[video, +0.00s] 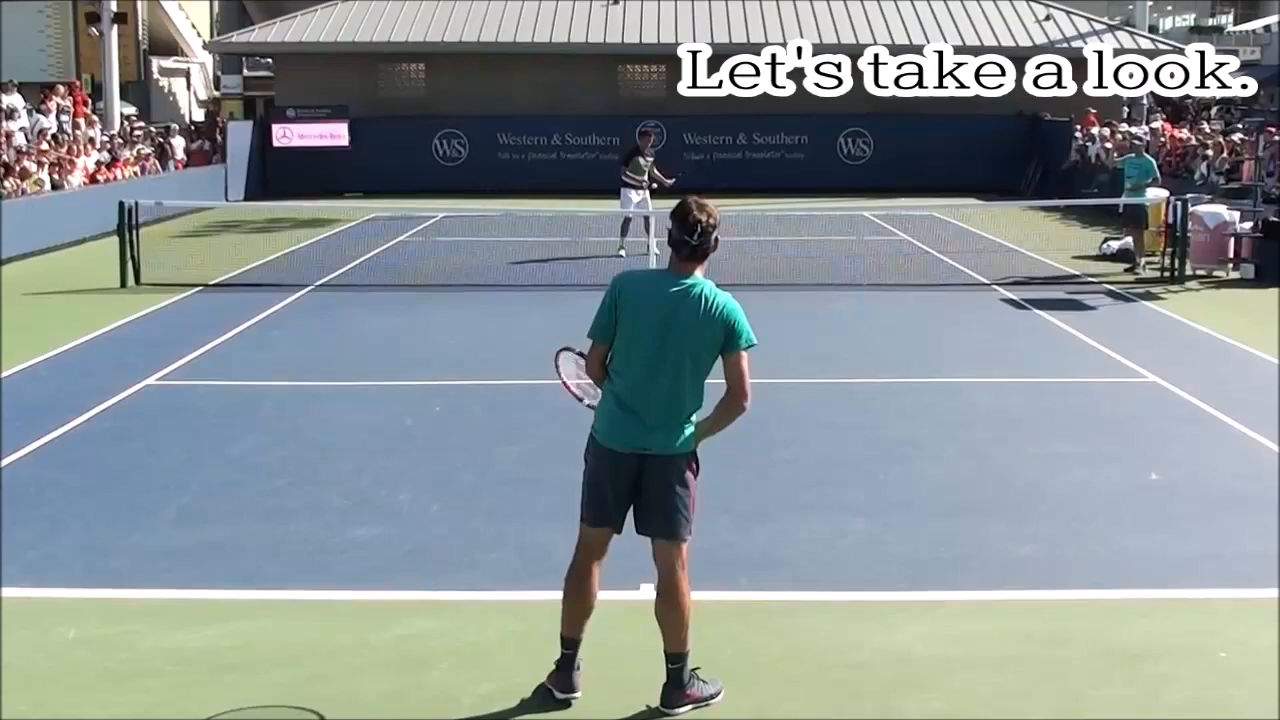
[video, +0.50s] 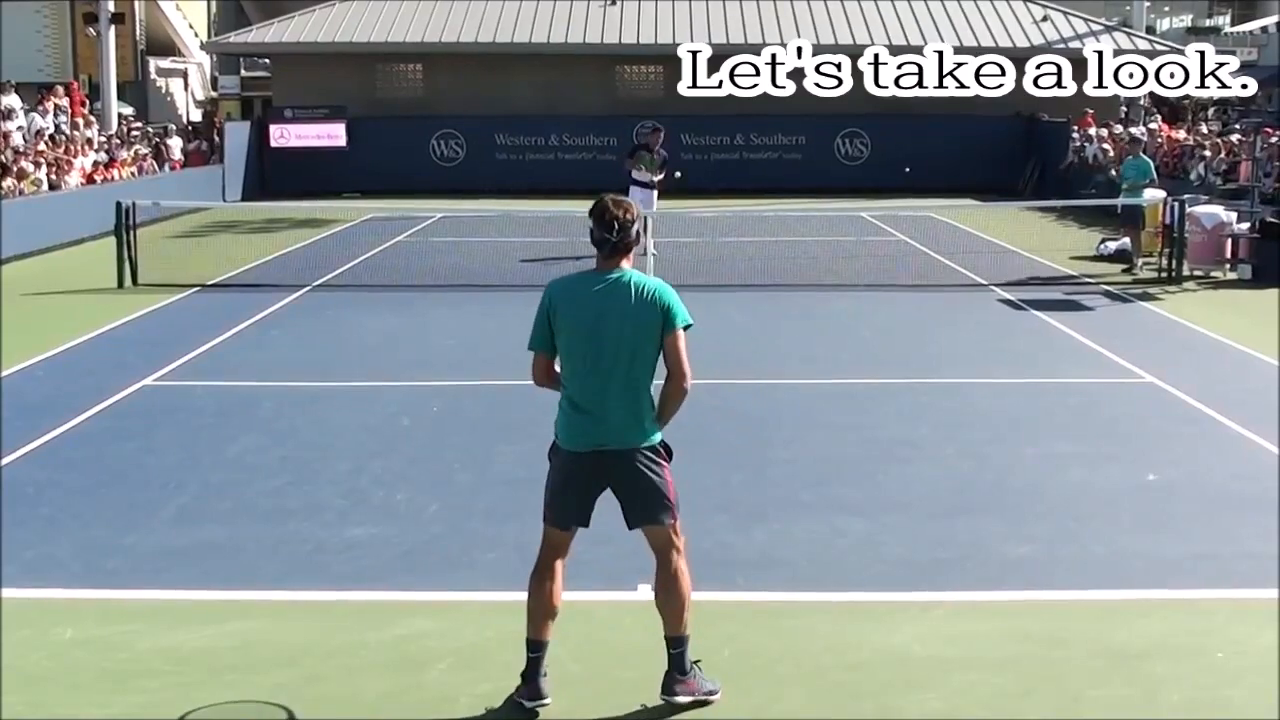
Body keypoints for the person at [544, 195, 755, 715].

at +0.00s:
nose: (697, 247)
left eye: (680, 236)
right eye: (710, 241)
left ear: (669, 239)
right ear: (713, 247)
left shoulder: (626, 285)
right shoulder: (723, 308)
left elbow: (595, 366)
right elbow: (738, 397)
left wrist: (628, 393)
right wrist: (694, 432)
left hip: (610, 445)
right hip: (671, 453)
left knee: (588, 553)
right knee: (672, 566)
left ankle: (566, 671)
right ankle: (677, 682)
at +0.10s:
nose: (689, 245)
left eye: (668, 236)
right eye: (697, 239)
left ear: (655, 240)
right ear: (700, 246)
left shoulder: (614, 288)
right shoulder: (713, 304)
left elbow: (589, 367)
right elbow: (730, 393)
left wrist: (618, 390)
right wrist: (685, 420)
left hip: (604, 446)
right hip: (666, 453)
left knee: (575, 555)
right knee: (669, 568)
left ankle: (545, 671)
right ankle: (677, 682)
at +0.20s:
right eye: (680, 236)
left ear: (639, 238)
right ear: (683, 243)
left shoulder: (599, 289)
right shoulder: (699, 302)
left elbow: (579, 372)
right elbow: (717, 388)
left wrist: (617, 396)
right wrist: (674, 415)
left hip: (595, 447)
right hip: (658, 453)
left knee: (565, 555)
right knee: (669, 565)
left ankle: (537, 673)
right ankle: (677, 682)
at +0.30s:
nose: (660, 247)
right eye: (663, 241)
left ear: (618, 245)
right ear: (662, 247)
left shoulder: (580, 295)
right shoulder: (679, 304)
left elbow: (564, 379)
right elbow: (699, 389)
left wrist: (609, 395)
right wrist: (662, 420)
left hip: (585, 449)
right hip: (649, 453)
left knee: (557, 555)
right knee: (676, 556)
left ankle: (535, 680)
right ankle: (677, 681)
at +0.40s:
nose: (642, 250)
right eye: (644, 243)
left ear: (600, 247)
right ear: (645, 249)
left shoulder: (566, 301)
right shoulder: (664, 305)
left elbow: (549, 383)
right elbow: (685, 390)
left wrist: (594, 398)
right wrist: (654, 430)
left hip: (578, 457)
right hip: (641, 457)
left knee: (552, 556)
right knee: (674, 553)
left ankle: (534, 682)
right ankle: (678, 679)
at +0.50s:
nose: (633, 242)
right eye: (637, 235)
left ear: (593, 239)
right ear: (637, 241)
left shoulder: (559, 292)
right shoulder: (658, 294)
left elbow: (542, 374)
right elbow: (680, 378)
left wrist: (588, 389)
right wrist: (652, 425)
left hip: (574, 451)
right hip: (638, 449)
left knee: (552, 552)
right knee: (670, 551)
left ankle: (533, 679)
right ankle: (680, 673)